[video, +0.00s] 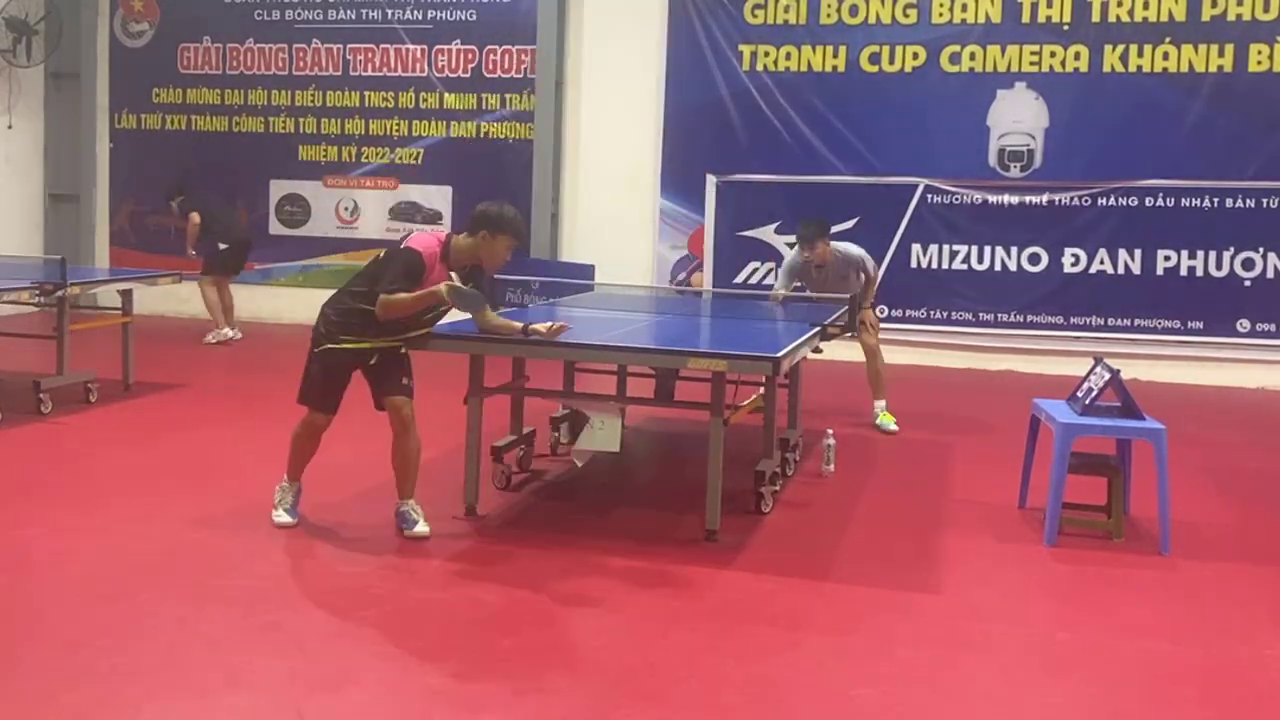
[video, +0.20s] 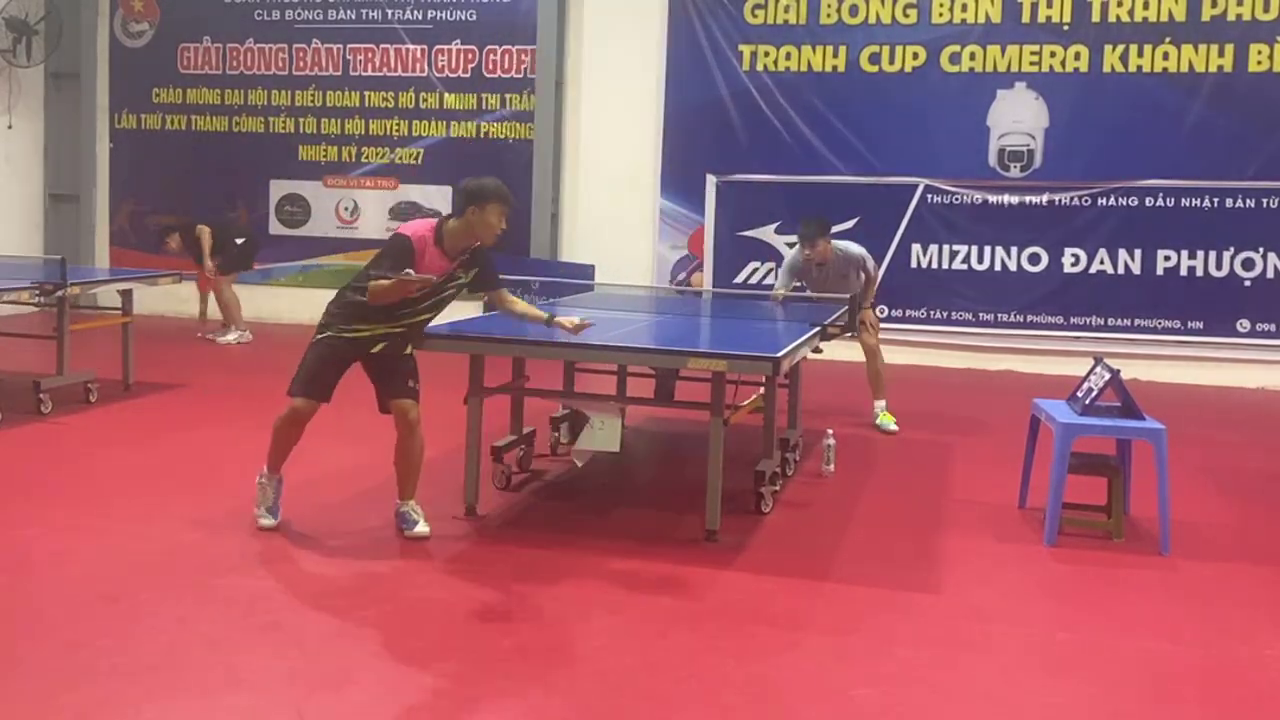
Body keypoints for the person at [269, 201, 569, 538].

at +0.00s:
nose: (509, 258)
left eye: (513, 250)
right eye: (508, 248)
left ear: (488, 241)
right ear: (483, 237)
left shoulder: (470, 269)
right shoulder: (417, 250)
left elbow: (486, 321)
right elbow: (384, 309)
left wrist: (530, 330)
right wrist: (438, 294)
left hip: (390, 340)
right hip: (341, 331)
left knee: (403, 414)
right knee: (318, 419)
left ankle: (407, 505)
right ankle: (289, 487)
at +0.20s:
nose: (503, 228)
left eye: (505, 221)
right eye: (498, 219)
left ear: (482, 219)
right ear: (471, 213)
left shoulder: (478, 256)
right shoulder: (409, 239)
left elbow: (503, 301)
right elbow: (372, 295)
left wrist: (554, 319)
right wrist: (402, 287)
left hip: (394, 336)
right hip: (347, 325)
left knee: (408, 416)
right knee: (301, 408)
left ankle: (407, 505)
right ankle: (270, 479)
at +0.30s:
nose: (493, 208)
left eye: (494, 200)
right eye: (488, 199)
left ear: (467, 203)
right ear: (458, 201)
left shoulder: (477, 243)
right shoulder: (403, 235)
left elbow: (525, 271)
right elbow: (373, 290)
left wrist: (578, 279)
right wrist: (402, 293)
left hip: (397, 339)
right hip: (348, 329)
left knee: (409, 418)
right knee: (296, 408)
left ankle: (407, 508)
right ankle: (254, 490)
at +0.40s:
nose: (480, 198)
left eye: (479, 190)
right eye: (472, 189)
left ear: (455, 196)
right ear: (442, 196)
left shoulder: (466, 230)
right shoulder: (393, 234)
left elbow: (525, 231)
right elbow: (372, 294)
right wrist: (408, 294)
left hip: (394, 333)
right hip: (349, 327)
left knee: (411, 422)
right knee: (295, 410)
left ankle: (407, 508)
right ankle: (247, 495)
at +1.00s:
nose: (416, 197)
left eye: (412, 191)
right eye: (408, 194)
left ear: (398, 205)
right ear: (385, 209)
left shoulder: (415, 225)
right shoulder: (354, 242)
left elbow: (462, 207)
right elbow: (341, 309)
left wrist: (511, 192)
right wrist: (373, 269)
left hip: (380, 339)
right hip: (330, 342)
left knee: (437, 393)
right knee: (282, 431)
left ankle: (391, 455)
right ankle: (255, 505)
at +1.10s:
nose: (426, 229)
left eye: (423, 222)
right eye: (419, 225)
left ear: (411, 228)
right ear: (395, 234)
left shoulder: (417, 241)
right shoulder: (359, 255)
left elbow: (446, 222)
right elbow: (318, 300)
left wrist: (479, 205)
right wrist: (364, 272)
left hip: (384, 350)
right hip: (332, 357)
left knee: (438, 416)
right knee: (288, 442)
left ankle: (393, 482)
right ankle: (256, 506)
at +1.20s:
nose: (454, 250)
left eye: (453, 243)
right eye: (447, 245)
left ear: (425, 246)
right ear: (421, 247)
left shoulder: (428, 259)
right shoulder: (379, 257)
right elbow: (329, 272)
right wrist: (382, 309)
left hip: (389, 361)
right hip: (340, 369)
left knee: (447, 427)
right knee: (297, 453)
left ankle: (400, 502)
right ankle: (258, 507)